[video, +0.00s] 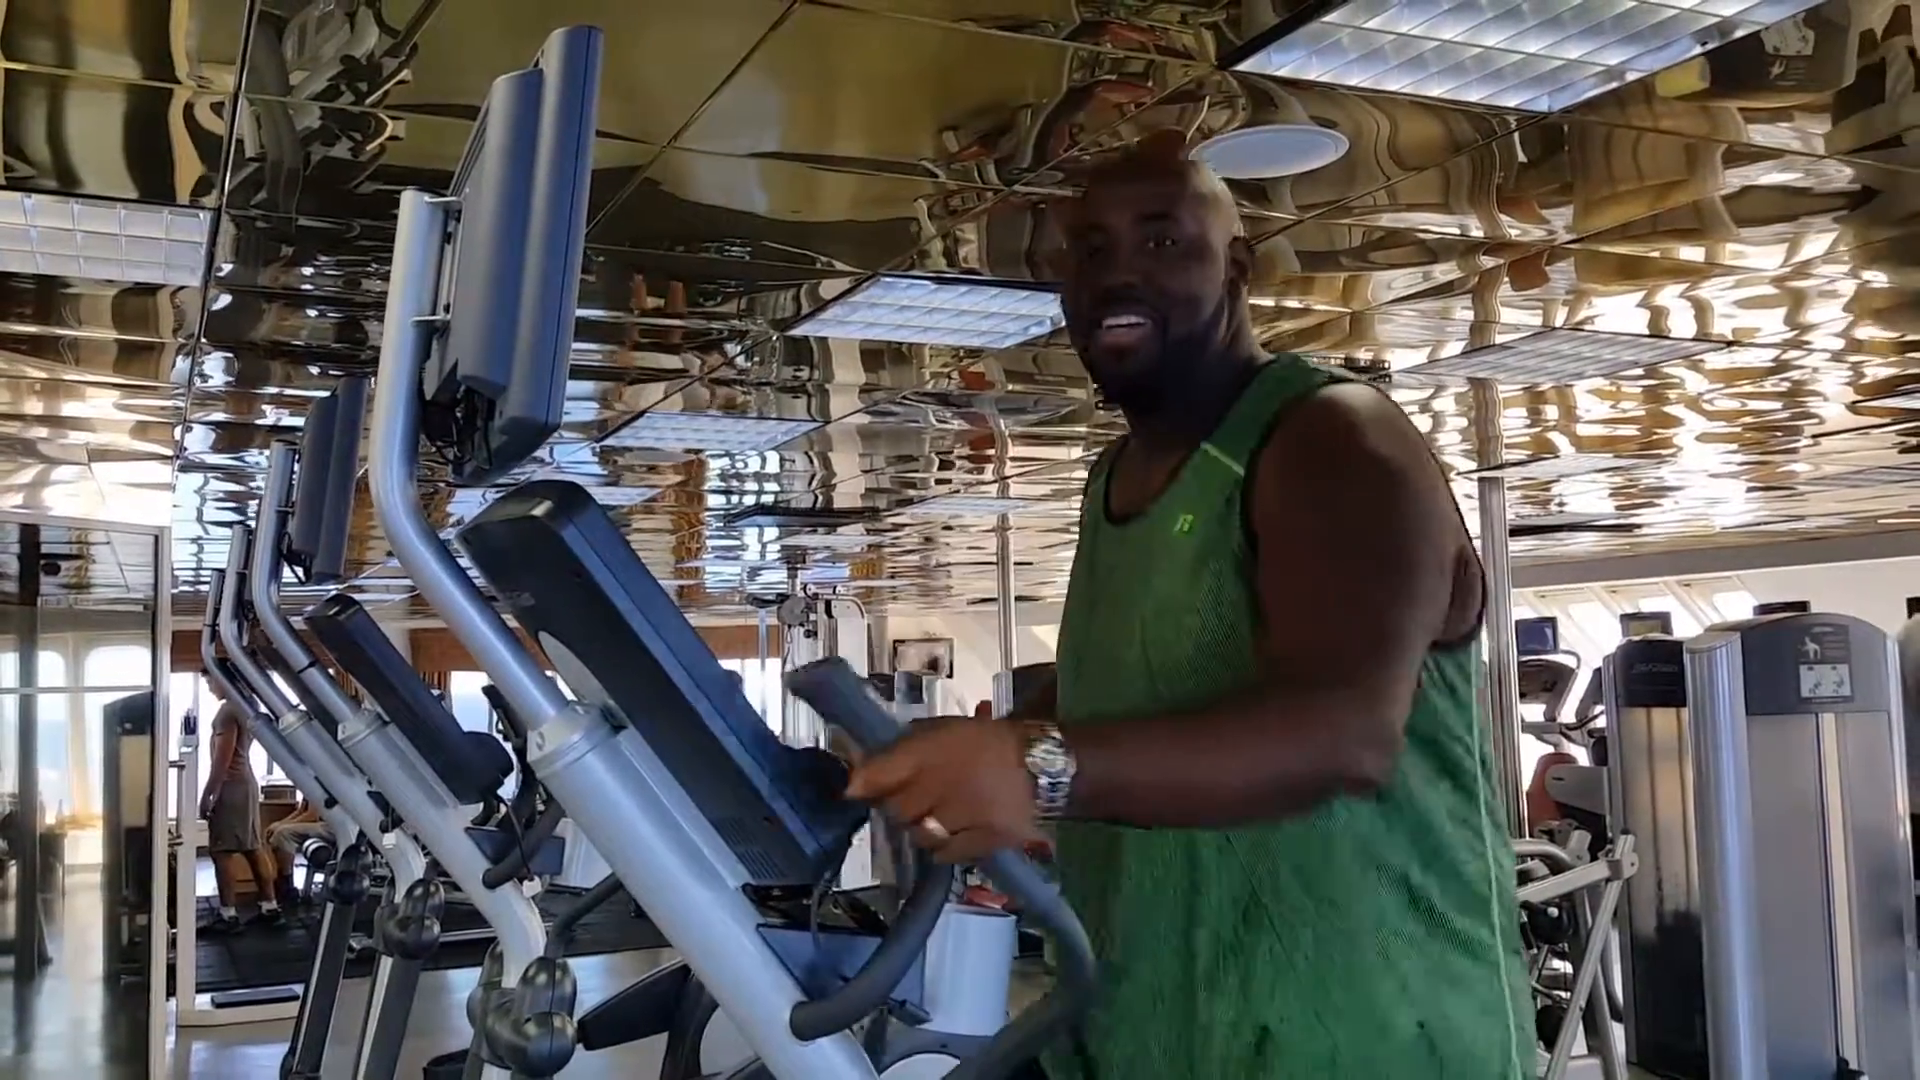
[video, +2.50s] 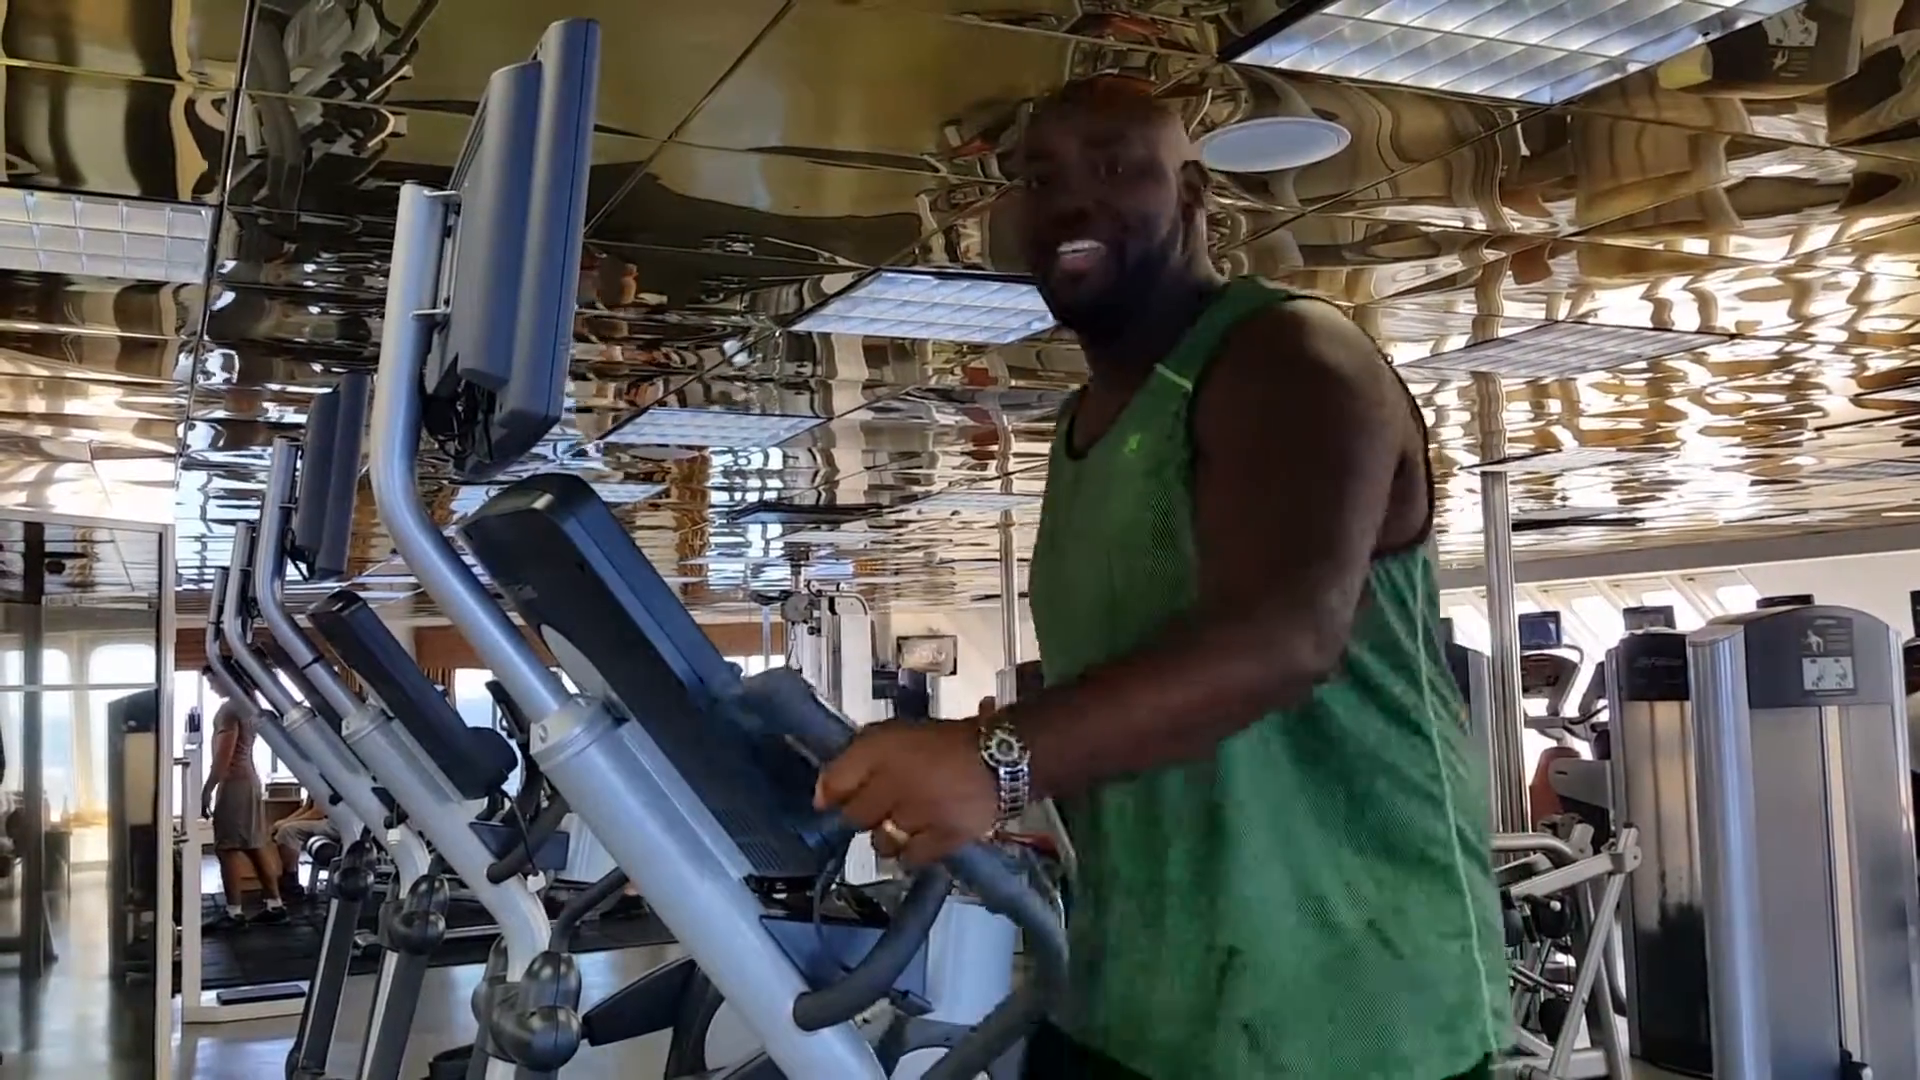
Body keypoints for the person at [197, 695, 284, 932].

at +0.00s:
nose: (208, 686)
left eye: (210, 680)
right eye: (207, 681)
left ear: (223, 679)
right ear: (229, 681)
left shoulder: (228, 712)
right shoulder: (244, 708)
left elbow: (223, 761)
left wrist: (207, 795)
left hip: (230, 787)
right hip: (247, 784)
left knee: (222, 851)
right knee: (254, 847)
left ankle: (228, 912)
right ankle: (270, 907)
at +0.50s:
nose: (208, 682)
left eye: (210, 673)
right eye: (207, 675)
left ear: (227, 678)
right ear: (234, 679)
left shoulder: (232, 710)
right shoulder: (244, 707)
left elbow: (228, 757)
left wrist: (215, 792)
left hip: (234, 784)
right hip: (250, 782)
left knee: (224, 850)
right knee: (256, 845)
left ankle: (227, 911)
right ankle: (270, 906)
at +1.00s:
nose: (206, 684)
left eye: (208, 675)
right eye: (204, 677)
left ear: (224, 678)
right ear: (232, 679)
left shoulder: (231, 712)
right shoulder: (247, 709)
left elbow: (224, 761)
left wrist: (209, 795)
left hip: (233, 786)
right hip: (250, 784)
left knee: (220, 850)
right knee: (254, 847)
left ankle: (226, 912)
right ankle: (269, 907)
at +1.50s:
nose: (214, 682)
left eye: (216, 673)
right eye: (213, 674)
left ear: (228, 677)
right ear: (238, 678)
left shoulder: (234, 712)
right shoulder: (251, 709)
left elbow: (228, 760)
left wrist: (215, 794)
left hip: (236, 786)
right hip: (253, 783)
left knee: (228, 850)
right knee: (258, 846)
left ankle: (229, 913)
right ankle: (273, 907)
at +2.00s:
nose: (211, 680)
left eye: (214, 671)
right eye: (210, 672)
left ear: (229, 675)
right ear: (236, 676)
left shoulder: (235, 708)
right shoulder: (250, 706)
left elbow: (231, 755)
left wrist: (218, 790)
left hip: (237, 783)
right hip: (253, 782)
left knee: (229, 849)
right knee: (259, 845)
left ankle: (232, 912)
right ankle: (274, 906)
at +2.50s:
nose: (209, 685)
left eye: (211, 678)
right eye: (207, 679)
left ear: (224, 677)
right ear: (233, 677)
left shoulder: (228, 710)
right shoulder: (248, 707)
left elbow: (224, 758)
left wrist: (207, 790)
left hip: (234, 785)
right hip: (251, 782)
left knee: (227, 848)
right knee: (256, 844)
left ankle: (234, 910)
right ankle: (275, 904)